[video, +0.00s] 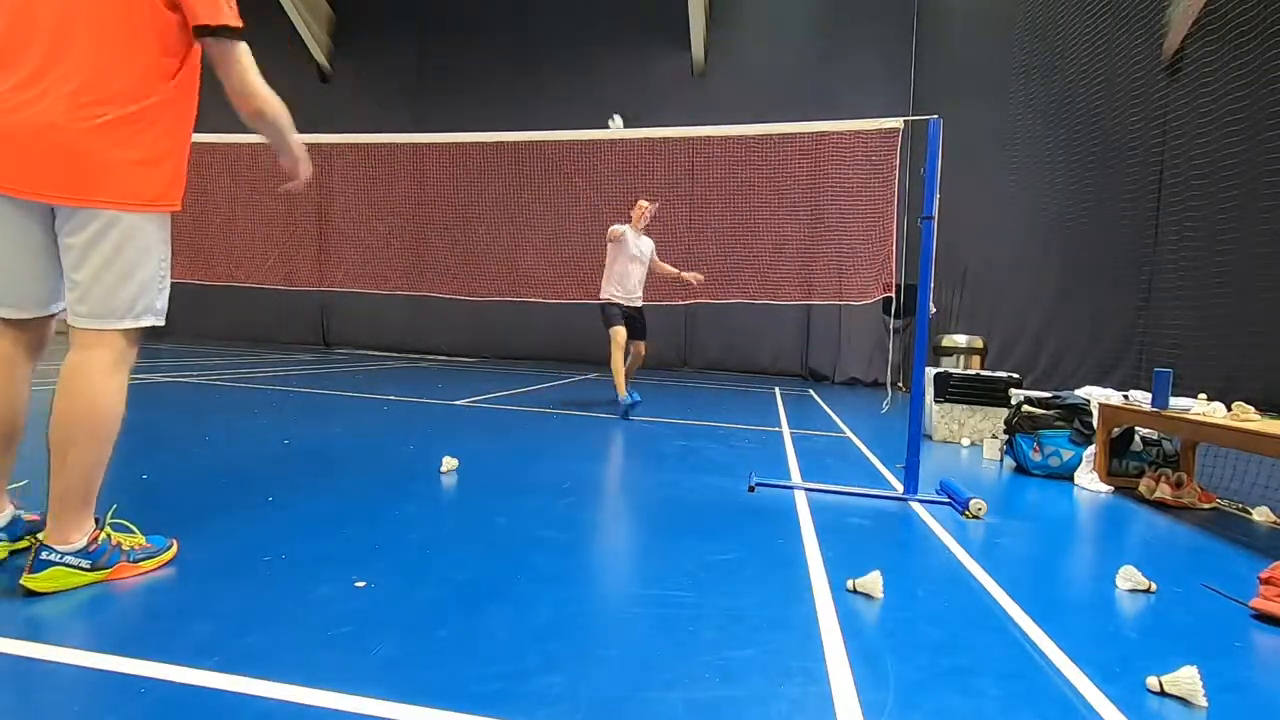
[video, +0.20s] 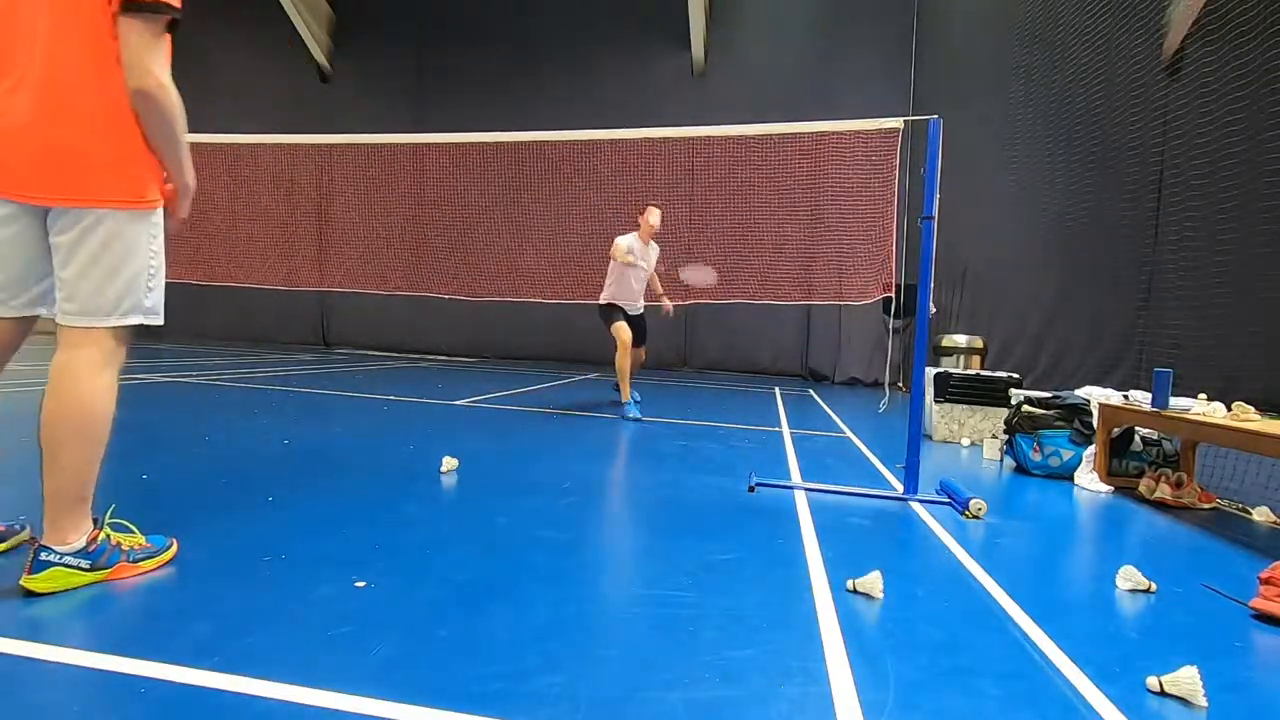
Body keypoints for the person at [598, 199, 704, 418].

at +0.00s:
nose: (644, 213)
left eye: (648, 211)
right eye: (641, 208)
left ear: (650, 217)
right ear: (631, 211)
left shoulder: (648, 243)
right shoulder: (620, 231)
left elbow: (657, 266)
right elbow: (612, 235)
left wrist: (683, 274)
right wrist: (620, 230)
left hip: (635, 303)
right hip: (612, 299)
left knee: (639, 351)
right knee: (619, 337)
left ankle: (624, 382)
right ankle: (621, 394)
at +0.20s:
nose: (655, 224)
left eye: (658, 220)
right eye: (651, 218)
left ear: (659, 224)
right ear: (640, 219)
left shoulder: (654, 249)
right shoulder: (623, 241)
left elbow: (650, 273)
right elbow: (617, 253)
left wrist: (663, 297)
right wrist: (629, 260)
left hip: (636, 308)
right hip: (612, 304)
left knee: (639, 355)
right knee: (625, 339)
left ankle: (624, 383)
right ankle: (626, 400)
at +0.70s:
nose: (650, 225)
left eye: (653, 222)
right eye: (646, 220)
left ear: (656, 228)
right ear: (636, 224)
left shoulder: (652, 252)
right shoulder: (621, 248)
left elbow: (646, 276)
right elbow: (608, 263)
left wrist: (652, 300)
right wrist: (600, 273)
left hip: (636, 310)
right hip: (611, 306)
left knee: (644, 361)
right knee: (622, 339)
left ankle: (621, 371)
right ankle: (626, 400)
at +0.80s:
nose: (641, 221)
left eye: (645, 218)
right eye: (638, 216)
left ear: (648, 224)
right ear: (629, 220)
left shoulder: (647, 251)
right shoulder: (615, 246)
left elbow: (646, 277)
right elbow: (598, 268)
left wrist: (657, 302)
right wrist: (588, 287)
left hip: (635, 310)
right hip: (612, 307)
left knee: (646, 364)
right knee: (624, 339)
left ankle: (620, 375)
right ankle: (626, 401)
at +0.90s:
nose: (635, 217)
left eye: (639, 214)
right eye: (632, 212)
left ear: (643, 220)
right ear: (624, 217)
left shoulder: (644, 248)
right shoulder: (607, 242)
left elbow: (648, 275)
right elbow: (588, 270)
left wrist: (664, 299)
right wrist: (579, 295)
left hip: (632, 307)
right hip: (609, 303)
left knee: (639, 361)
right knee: (619, 338)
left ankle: (616, 378)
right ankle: (624, 399)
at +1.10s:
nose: (622, 206)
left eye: (626, 203)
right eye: (619, 202)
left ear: (632, 209)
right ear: (613, 207)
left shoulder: (639, 237)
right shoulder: (597, 233)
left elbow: (650, 264)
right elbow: (583, 262)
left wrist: (655, 278)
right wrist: (572, 289)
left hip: (625, 298)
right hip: (599, 295)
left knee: (626, 347)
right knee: (600, 332)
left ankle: (611, 388)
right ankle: (601, 390)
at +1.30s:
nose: (608, 204)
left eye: (611, 200)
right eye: (605, 200)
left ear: (617, 206)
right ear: (599, 204)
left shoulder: (627, 231)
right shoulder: (586, 231)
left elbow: (638, 258)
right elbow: (574, 258)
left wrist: (636, 271)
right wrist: (566, 275)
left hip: (617, 293)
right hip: (589, 291)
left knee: (619, 342)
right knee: (575, 337)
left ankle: (610, 388)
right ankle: (568, 382)